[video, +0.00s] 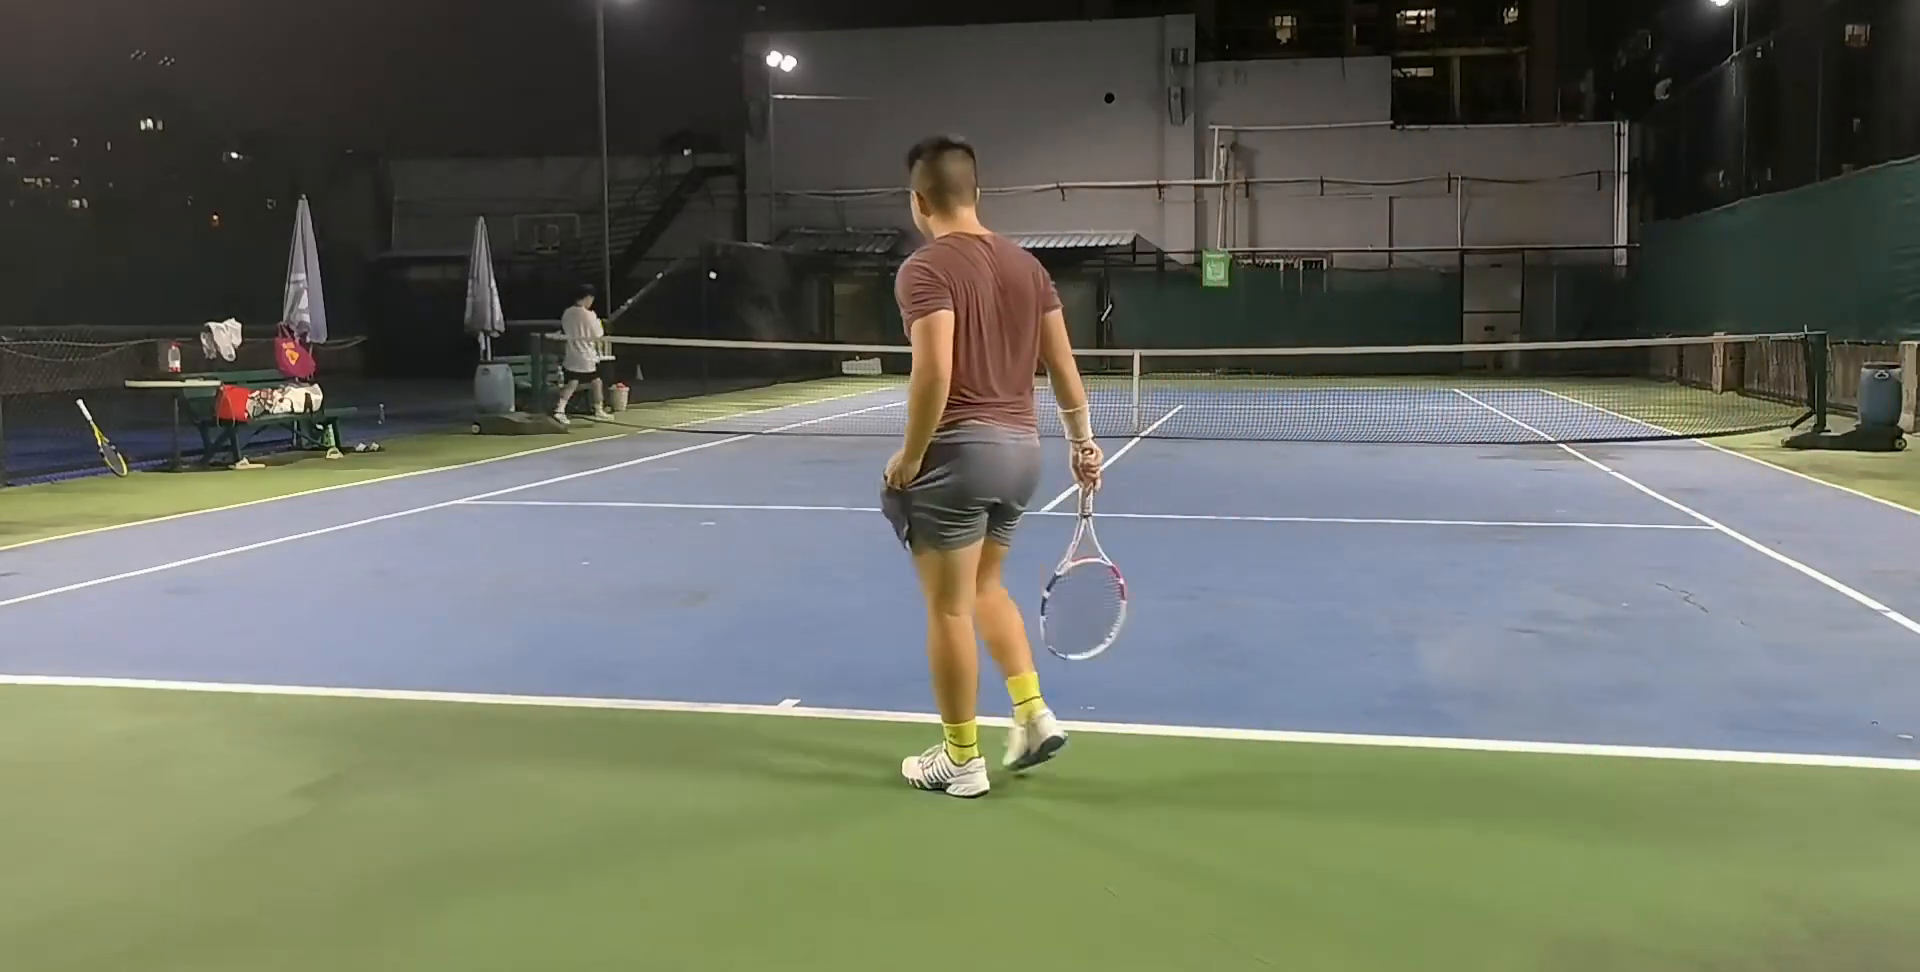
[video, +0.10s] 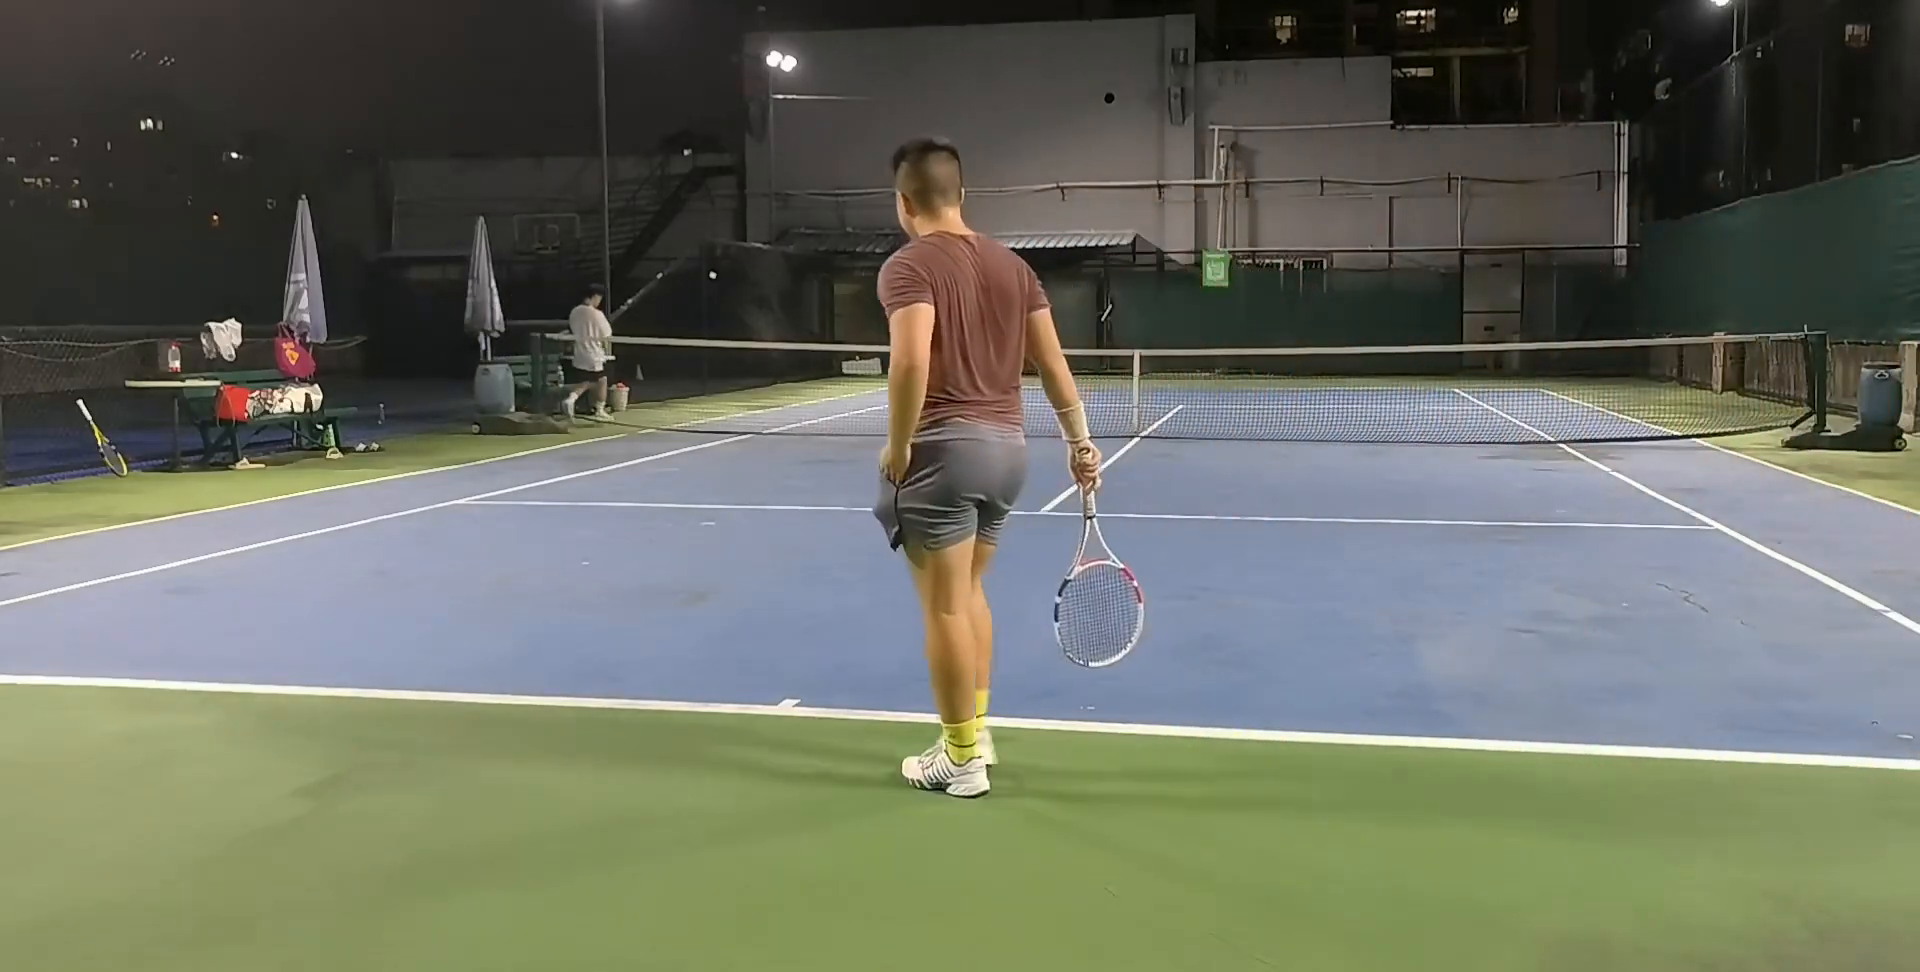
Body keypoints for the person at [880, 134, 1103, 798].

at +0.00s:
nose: (912, 210)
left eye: (911, 201)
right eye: (915, 201)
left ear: (919, 202)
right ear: (977, 195)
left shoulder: (925, 267)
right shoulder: (1027, 265)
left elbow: (935, 370)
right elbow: (1064, 366)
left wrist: (910, 454)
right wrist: (1081, 437)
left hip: (956, 447)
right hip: (1023, 449)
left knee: (950, 605)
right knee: (987, 585)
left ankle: (962, 757)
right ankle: (1033, 715)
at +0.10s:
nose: (897, 213)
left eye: (896, 204)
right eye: (900, 205)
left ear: (903, 203)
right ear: (962, 197)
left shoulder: (910, 265)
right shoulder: (1014, 266)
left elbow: (910, 363)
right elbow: (1053, 365)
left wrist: (897, 449)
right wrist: (1079, 439)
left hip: (941, 447)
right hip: (1008, 448)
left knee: (946, 604)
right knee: (969, 588)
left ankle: (962, 760)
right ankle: (972, 735)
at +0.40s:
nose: (879, 216)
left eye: (877, 207)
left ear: (881, 207)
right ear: (940, 207)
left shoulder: (873, 264)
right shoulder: (979, 278)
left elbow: (840, 351)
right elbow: (1008, 376)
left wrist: (826, 425)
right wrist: (1015, 455)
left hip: (899, 447)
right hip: (966, 450)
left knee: (920, 610)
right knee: (920, 597)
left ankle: (961, 756)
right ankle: (902, 725)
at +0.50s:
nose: (869, 211)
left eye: (869, 203)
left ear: (876, 206)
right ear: (934, 205)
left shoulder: (861, 263)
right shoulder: (967, 279)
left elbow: (829, 352)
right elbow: (990, 377)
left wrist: (809, 426)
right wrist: (984, 448)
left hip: (886, 446)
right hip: (952, 448)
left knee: (880, 602)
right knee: (918, 589)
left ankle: (948, 741)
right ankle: (901, 723)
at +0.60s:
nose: (862, 208)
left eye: (862, 200)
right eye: (871, 200)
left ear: (869, 203)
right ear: (925, 204)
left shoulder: (850, 266)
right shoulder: (959, 279)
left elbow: (820, 361)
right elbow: (977, 383)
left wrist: (801, 438)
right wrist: (954, 434)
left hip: (871, 446)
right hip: (940, 446)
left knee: (839, 590)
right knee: (913, 585)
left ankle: (911, 709)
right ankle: (902, 722)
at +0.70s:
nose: (854, 209)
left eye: (853, 201)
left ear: (858, 204)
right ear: (914, 203)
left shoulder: (834, 268)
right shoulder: (950, 277)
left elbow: (814, 367)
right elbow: (965, 381)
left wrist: (806, 452)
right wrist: (929, 424)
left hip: (860, 441)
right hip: (929, 442)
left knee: (813, 578)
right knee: (910, 584)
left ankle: (861, 708)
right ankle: (903, 725)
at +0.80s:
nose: (838, 209)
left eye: (838, 201)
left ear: (843, 204)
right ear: (900, 202)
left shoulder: (819, 270)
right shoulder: (939, 275)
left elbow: (803, 367)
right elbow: (956, 370)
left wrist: (796, 450)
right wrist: (920, 413)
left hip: (845, 440)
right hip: (917, 441)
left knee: (805, 582)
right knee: (906, 587)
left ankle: (800, 729)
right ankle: (902, 727)